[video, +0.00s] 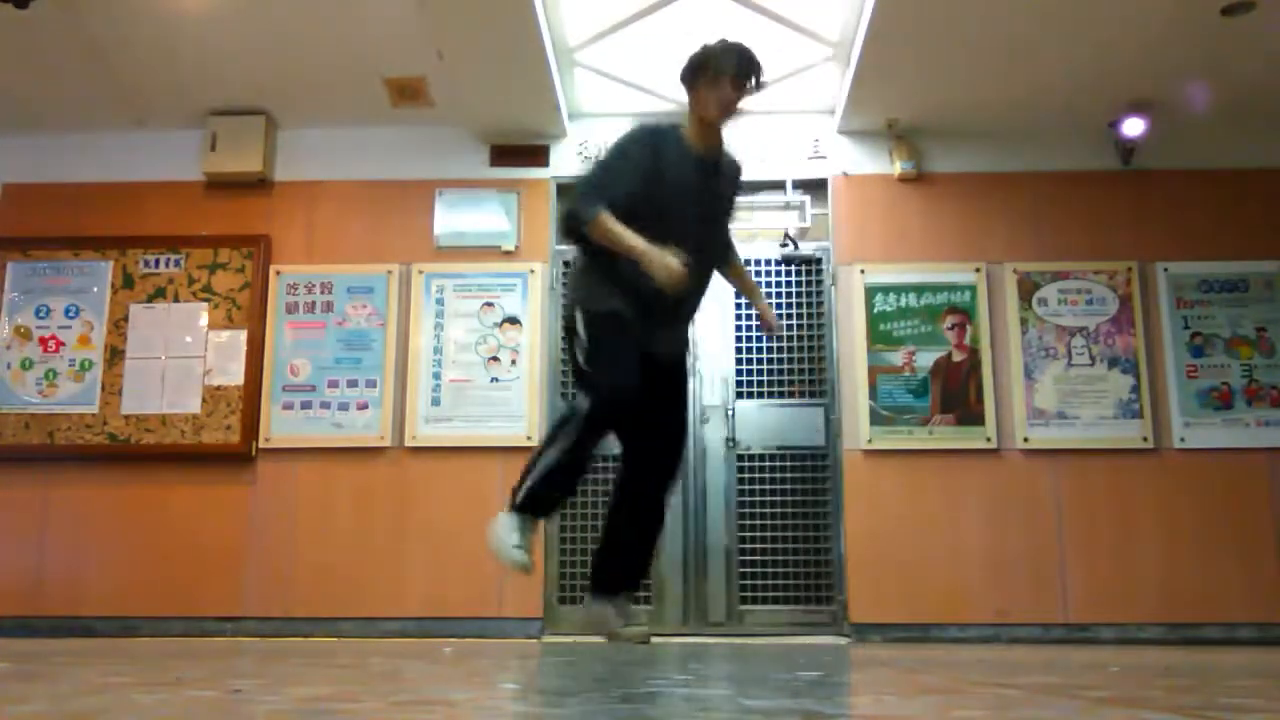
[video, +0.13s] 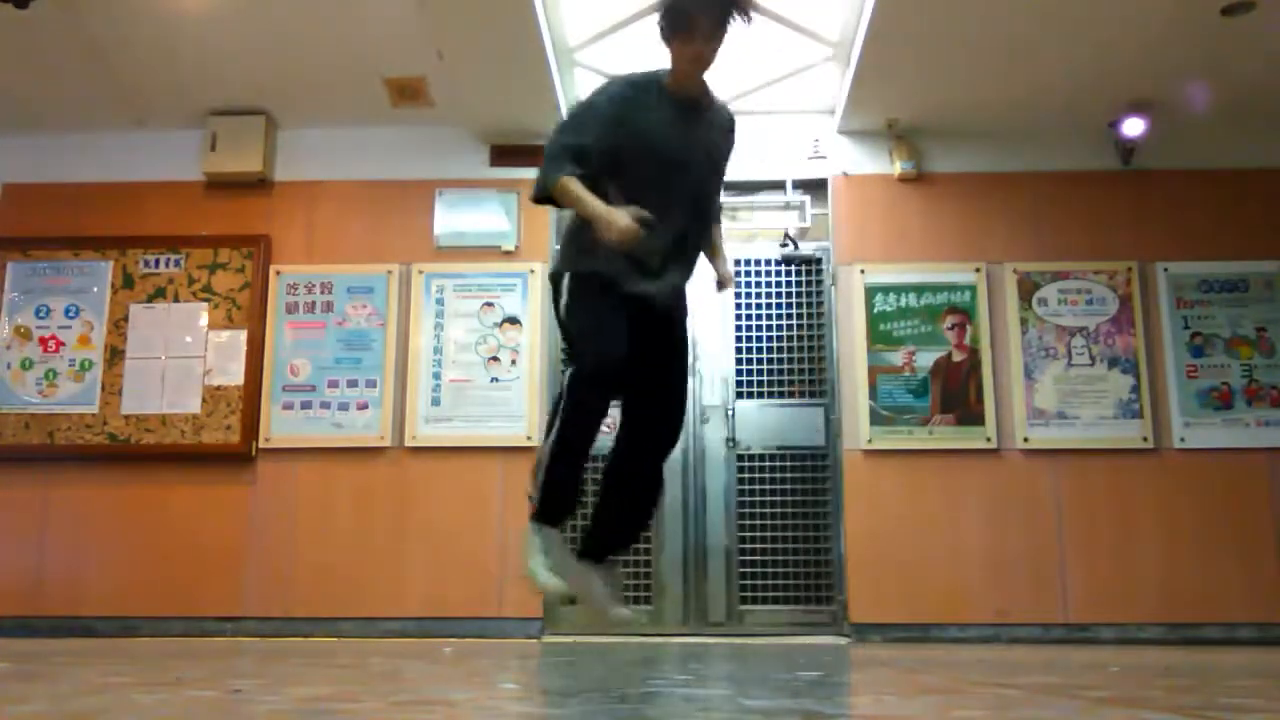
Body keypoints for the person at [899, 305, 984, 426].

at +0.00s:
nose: (957, 331)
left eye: (961, 326)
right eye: (951, 327)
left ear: (969, 328)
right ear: (944, 331)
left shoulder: (980, 360)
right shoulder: (940, 364)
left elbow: (986, 408)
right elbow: (918, 392)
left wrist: (955, 418)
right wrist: (909, 370)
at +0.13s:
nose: (957, 331)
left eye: (962, 326)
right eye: (951, 327)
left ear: (969, 328)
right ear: (944, 331)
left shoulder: (980, 360)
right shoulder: (940, 364)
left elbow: (986, 408)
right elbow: (918, 392)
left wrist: (955, 418)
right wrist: (909, 369)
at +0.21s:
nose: (957, 331)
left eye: (961, 326)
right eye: (951, 327)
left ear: (969, 328)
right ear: (944, 331)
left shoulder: (980, 360)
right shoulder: (940, 364)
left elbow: (986, 408)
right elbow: (918, 392)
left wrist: (955, 418)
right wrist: (909, 370)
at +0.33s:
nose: (957, 331)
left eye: (961, 326)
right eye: (951, 327)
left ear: (969, 328)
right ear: (944, 331)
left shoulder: (980, 360)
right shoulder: (940, 364)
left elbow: (986, 408)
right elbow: (918, 392)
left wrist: (955, 418)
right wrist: (909, 370)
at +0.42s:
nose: (957, 331)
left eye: (961, 326)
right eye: (951, 327)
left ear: (969, 328)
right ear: (944, 331)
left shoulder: (980, 360)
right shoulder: (940, 364)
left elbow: (986, 408)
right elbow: (918, 392)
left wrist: (955, 418)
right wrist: (909, 370)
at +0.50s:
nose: (957, 331)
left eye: (961, 326)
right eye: (951, 327)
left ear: (969, 328)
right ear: (944, 331)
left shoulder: (980, 360)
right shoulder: (940, 364)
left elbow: (986, 408)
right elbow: (918, 392)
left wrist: (955, 418)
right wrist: (909, 370)